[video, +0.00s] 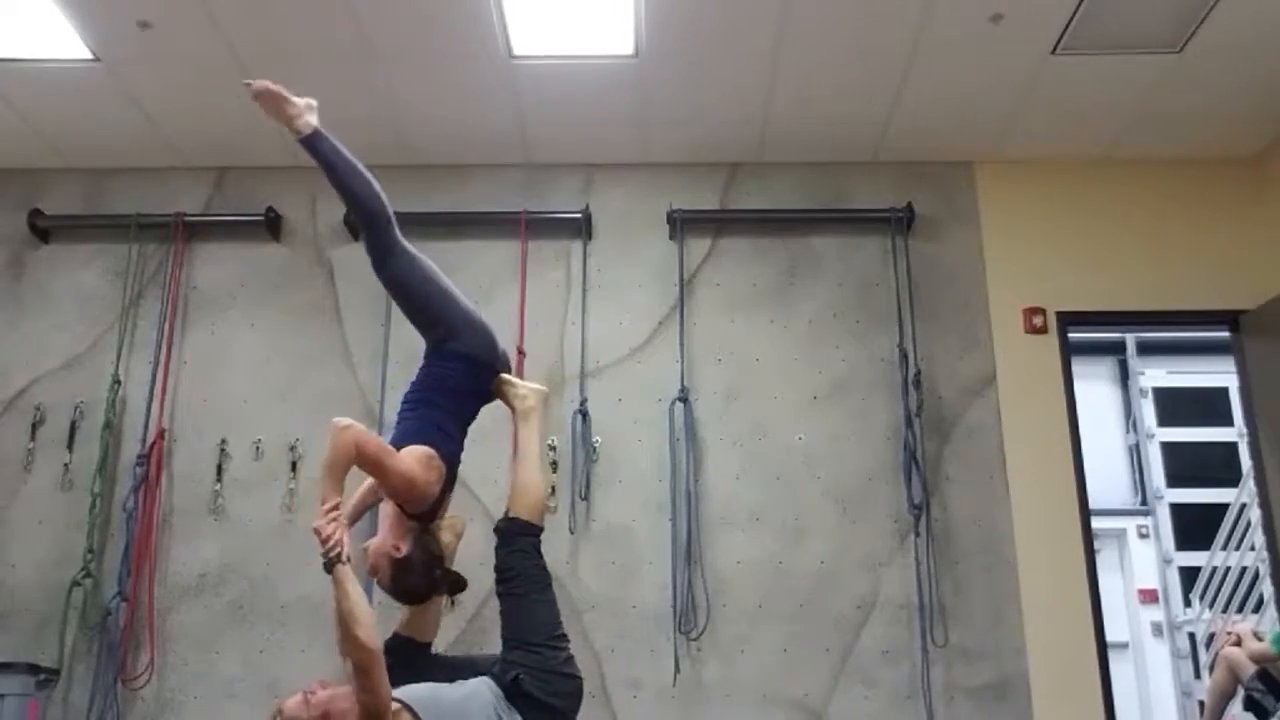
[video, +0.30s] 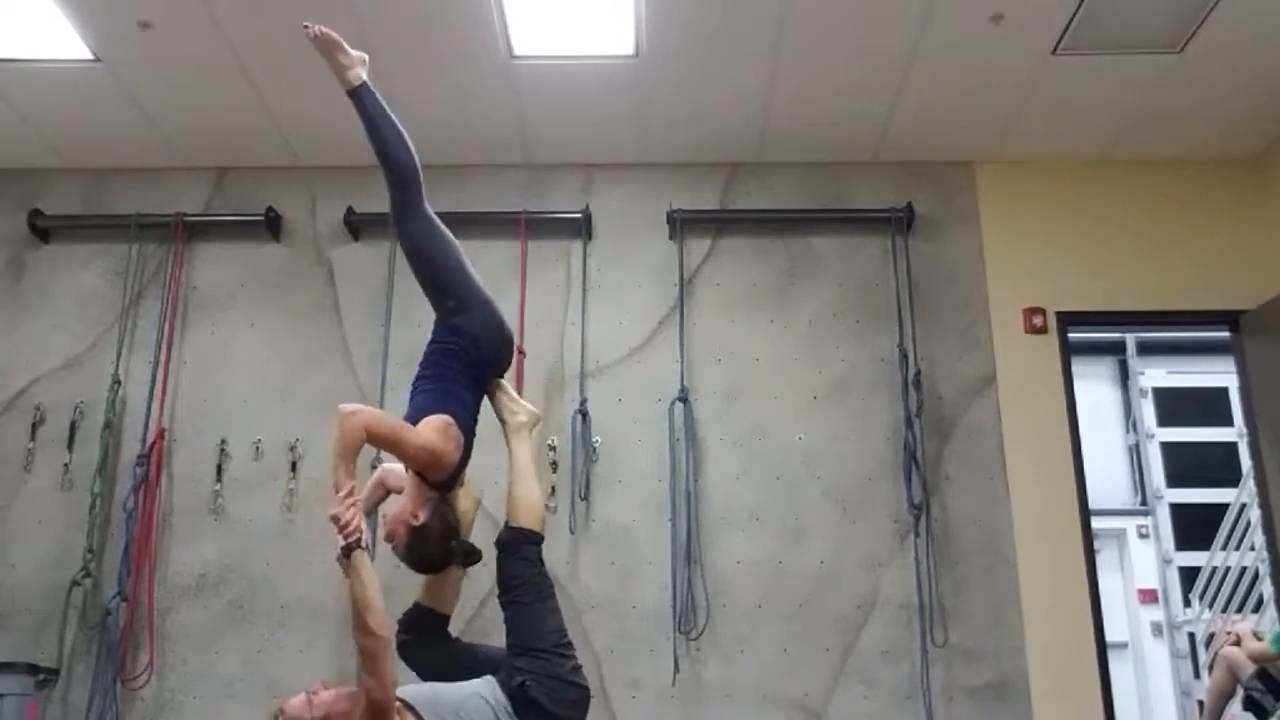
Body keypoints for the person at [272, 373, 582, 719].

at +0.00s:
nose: (315, 692)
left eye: (306, 694)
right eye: (313, 708)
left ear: (320, 688)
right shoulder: (380, 712)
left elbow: (451, 527)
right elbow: (362, 648)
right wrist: (339, 563)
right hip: (539, 697)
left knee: (408, 661)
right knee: (518, 541)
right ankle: (528, 409)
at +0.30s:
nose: (319, 687)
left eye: (309, 692)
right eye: (313, 703)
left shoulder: (382, 703)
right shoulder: (380, 712)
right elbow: (374, 635)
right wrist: (353, 548)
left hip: (517, 688)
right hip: (547, 700)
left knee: (418, 635)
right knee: (519, 553)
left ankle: (465, 500)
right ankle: (521, 430)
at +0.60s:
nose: (317, 687)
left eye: (307, 691)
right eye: (310, 701)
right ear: (325, 718)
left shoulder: (378, 699)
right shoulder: (381, 709)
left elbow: (376, 634)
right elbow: (380, 633)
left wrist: (359, 561)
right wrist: (365, 556)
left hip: (515, 693)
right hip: (549, 699)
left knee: (452, 601)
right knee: (510, 558)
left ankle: (478, 474)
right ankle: (537, 438)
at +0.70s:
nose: (321, 685)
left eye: (307, 690)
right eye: (310, 700)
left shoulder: (377, 699)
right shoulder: (379, 712)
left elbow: (382, 636)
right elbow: (390, 635)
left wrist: (374, 556)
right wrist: (377, 556)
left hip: (518, 699)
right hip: (547, 706)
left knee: (477, 574)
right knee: (469, 576)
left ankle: (489, 495)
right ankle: (543, 467)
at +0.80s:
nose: (318, 688)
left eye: (306, 691)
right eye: (311, 702)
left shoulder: (385, 702)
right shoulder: (381, 711)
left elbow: (386, 639)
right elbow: (392, 639)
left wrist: (375, 559)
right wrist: (383, 550)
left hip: (524, 697)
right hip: (545, 705)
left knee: (470, 587)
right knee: (455, 586)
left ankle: (504, 487)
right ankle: (530, 480)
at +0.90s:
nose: (319, 687)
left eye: (307, 691)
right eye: (312, 702)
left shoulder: (385, 703)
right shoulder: (380, 712)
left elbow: (387, 640)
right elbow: (392, 639)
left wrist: (378, 554)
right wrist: (383, 556)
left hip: (520, 699)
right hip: (543, 705)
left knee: (473, 591)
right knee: (439, 598)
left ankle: (503, 477)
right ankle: (505, 480)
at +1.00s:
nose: (320, 687)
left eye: (309, 691)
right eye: (313, 702)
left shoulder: (381, 700)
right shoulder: (381, 711)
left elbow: (381, 643)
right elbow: (401, 640)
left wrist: (372, 569)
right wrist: (397, 549)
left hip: (521, 698)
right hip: (545, 701)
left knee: (467, 590)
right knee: (428, 594)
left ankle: (486, 475)